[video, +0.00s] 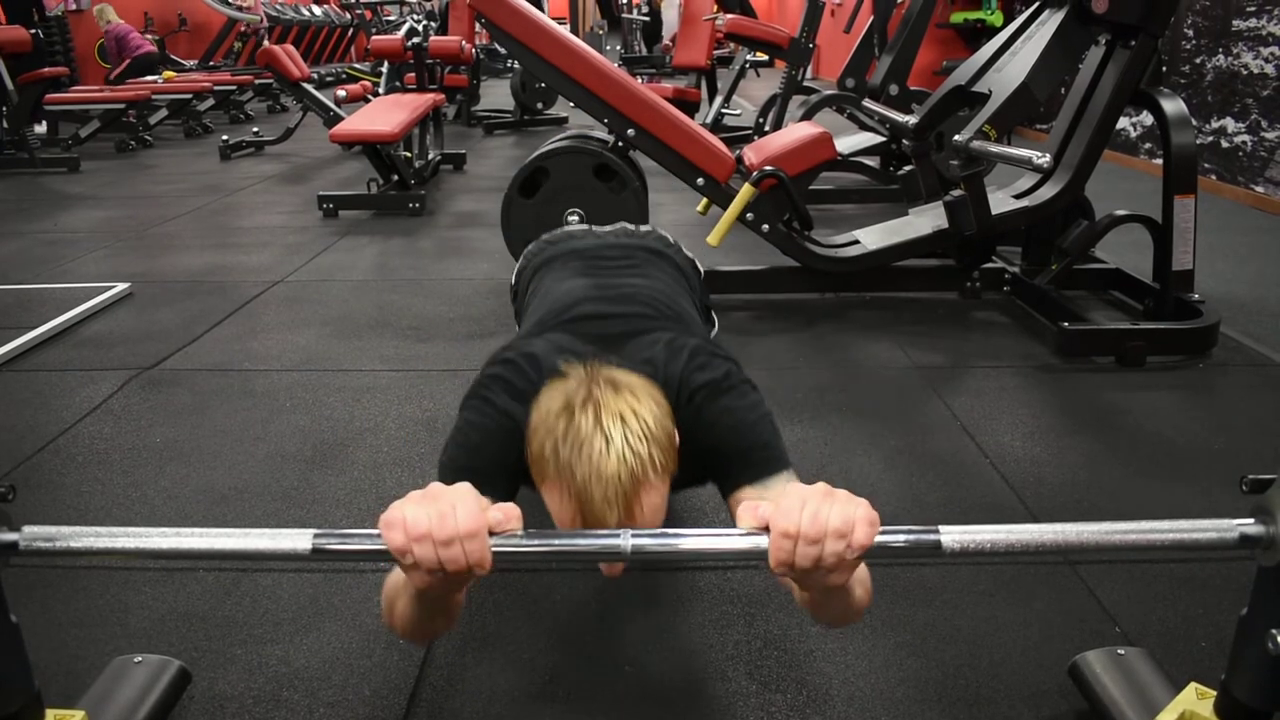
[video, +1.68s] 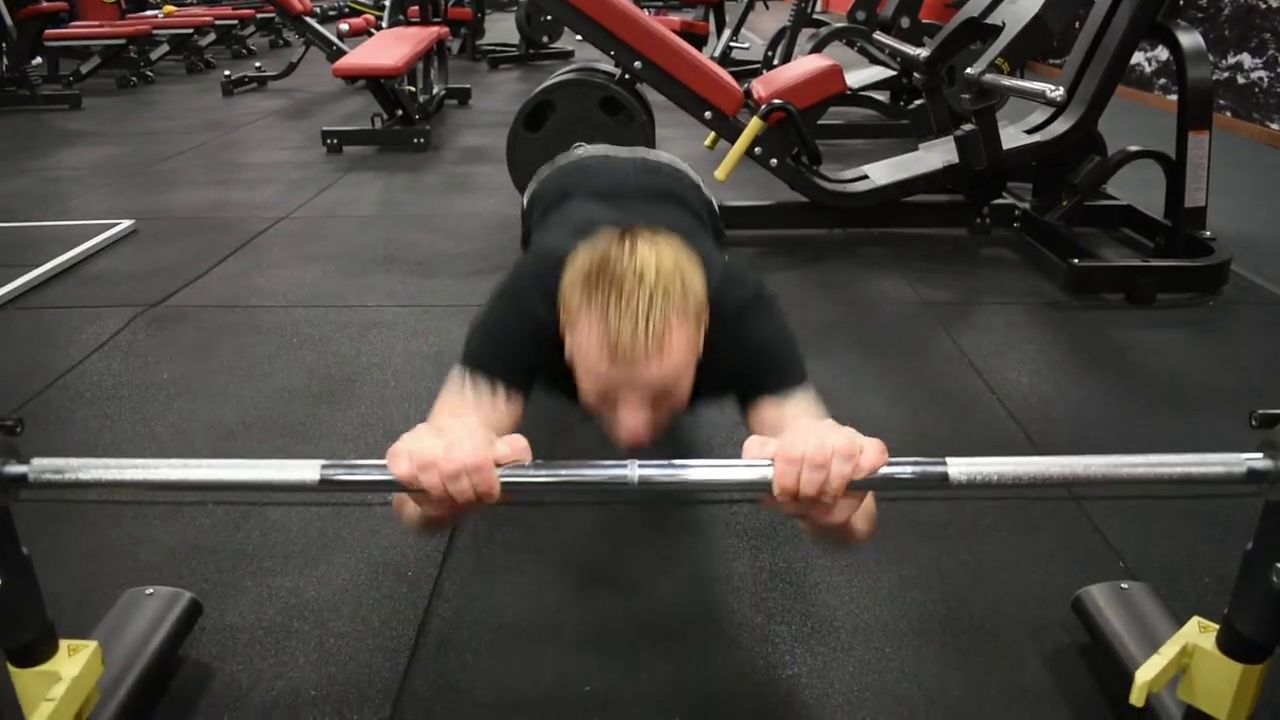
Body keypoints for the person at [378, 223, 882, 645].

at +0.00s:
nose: (612, 561)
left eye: (633, 530)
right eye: (586, 537)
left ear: (668, 464)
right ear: (536, 479)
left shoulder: (715, 395)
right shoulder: (497, 408)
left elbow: (841, 611)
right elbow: (412, 627)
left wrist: (823, 564)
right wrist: (436, 571)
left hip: (660, 250)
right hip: (549, 253)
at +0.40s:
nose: (622, 649)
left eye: (648, 618)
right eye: (594, 621)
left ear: (687, 544)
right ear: (545, 552)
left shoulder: (729, 463)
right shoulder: (508, 469)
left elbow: (871, 687)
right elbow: (398, 701)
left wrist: (831, 600)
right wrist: (432, 602)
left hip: (674, 296)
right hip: (556, 298)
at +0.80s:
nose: (625, 717)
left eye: (658, 701)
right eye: (596, 706)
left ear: (689, 613)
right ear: (551, 623)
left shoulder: (742, 525)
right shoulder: (507, 532)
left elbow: (860, 709)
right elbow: (415, 707)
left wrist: (836, 611)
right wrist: (429, 609)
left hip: (681, 355)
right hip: (563, 352)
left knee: (662, 306)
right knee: (584, 303)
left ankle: (648, 284)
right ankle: (600, 280)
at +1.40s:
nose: (626, 679)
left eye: (654, 647)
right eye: (598, 650)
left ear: (692, 577)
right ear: (552, 583)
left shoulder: (747, 492)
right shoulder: (511, 500)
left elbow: (883, 706)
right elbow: (383, 705)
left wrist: (838, 579)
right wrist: (435, 577)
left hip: (686, 317)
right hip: (561, 312)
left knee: (668, 275)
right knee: (588, 271)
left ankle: (656, 251)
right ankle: (600, 250)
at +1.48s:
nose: (627, 613)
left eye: (654, 583)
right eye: (600, 582)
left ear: (694, 516)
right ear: (556, 522)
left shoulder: (738, 431)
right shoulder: (518, 431)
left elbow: (873, 662)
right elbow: (393, 656)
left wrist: (836, 565)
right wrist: (440, 562)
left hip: (683, 265)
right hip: (560, 261)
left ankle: (657, 230)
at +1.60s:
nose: (630, 491)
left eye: (658, 463)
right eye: (607, 464)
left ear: (695, 399)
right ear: (564, 399)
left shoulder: (741, 362)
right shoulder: (518, 357)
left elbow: (856, 575)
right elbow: (410, 561)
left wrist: (831, 527)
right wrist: (445, 503)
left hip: (679, 204)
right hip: (562, 201)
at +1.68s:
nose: (633, 428)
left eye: (661, 396)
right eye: (607, 397)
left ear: (698, 338)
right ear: (569, 342)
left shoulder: (744, 312)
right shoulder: (530, 299)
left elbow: (855, 525)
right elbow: (414, 511)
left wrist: (827, 497)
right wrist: (443, 480)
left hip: (677, 173)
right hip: (561, 173)